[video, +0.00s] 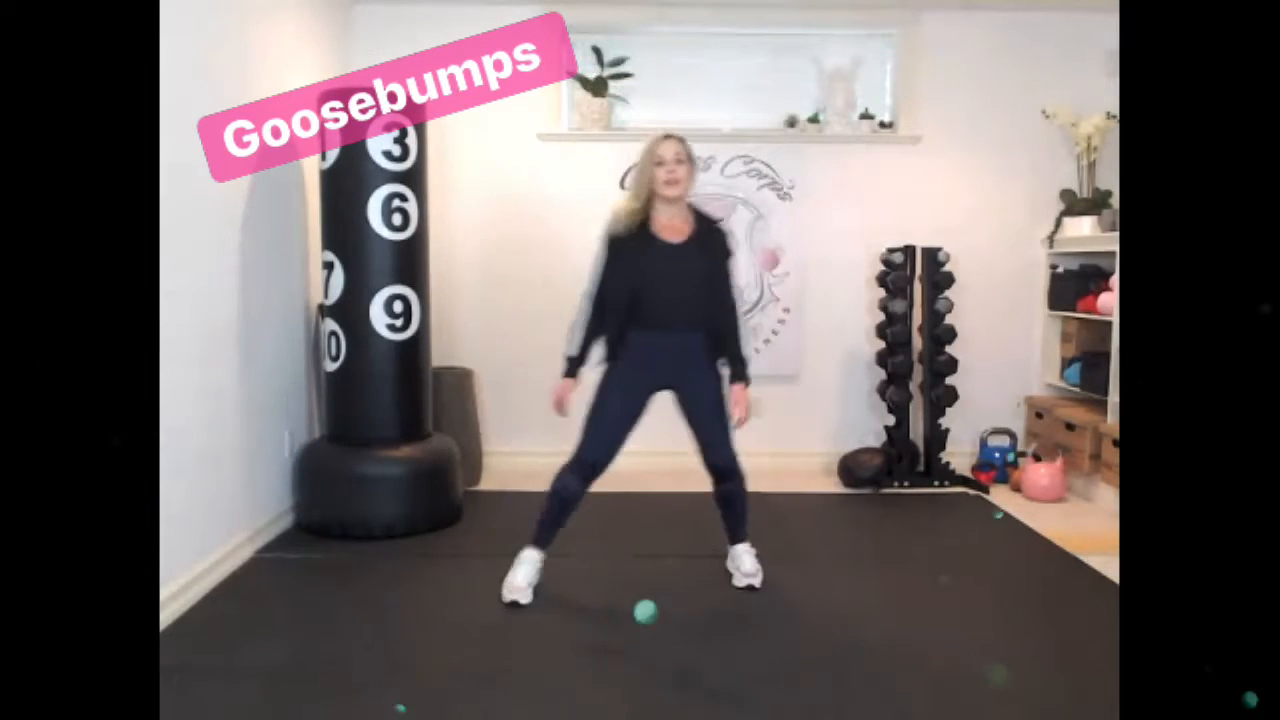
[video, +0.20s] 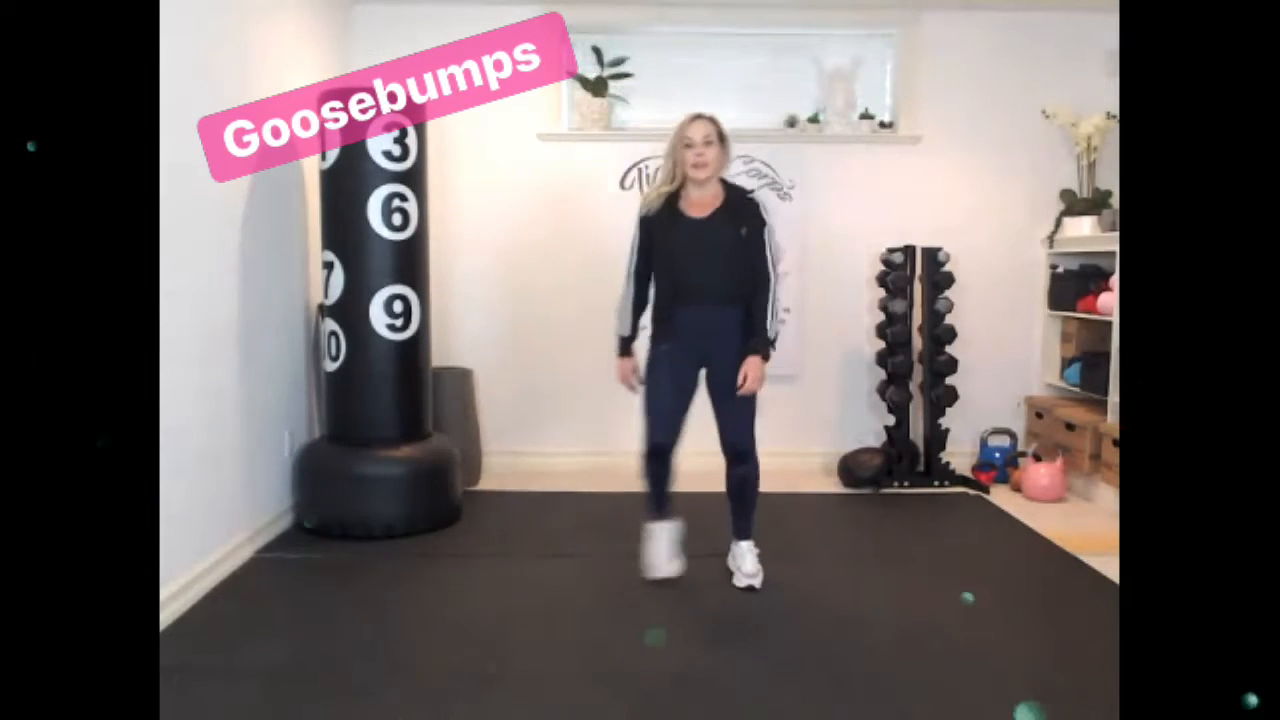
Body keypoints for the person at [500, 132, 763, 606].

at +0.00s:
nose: (671, 172)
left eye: (679, 164)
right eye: (661, 164)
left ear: (692, 172)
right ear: (647, 174)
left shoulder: (710, 236)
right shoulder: (626, 233)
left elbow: (725, 308)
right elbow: (601, 305)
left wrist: (738, 376)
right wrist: (571, 373)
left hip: (694, 361)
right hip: (634, 360)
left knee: (722, 461)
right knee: (588, 462)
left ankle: (740, 548)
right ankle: (533, 555)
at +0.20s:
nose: (698, 153)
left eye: (708, 145)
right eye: (689, 146)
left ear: (722, 152)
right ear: (678, 154)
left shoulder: (744, 208)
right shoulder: (657, 211)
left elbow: (762, 282)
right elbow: (638, 280)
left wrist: (759, 349)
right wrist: (626, 346)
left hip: (731, 342)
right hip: (673, 341)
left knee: (740, 448)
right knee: (658, 441)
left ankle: (743, 543)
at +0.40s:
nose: (704, 169)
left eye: (713, 159)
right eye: (695, 161)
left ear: (730, 166)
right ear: (685, 169)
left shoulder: (747, 224)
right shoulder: (667, 228)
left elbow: (760, 302)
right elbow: (660, 296)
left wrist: (772, 371)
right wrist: (656, 354)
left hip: (741, 352)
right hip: (688, 355)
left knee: (747, 455)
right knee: (703, 454)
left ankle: (746, 542)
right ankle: (711, 534)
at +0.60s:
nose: (692, 154)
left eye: (701, 145)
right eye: (683, 147)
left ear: (719, 152)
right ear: (674, 156)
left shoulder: (742, 207)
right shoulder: (659, 212)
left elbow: (764, 279)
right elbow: (649, 281)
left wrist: (770, 346)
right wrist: (644, 340)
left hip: (728, 339)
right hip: (671, 337)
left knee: (735, 445)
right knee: (640, 429)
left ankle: (743, 543)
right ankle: (647, 519)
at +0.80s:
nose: (675, 166)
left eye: (684, 157)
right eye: (666, 159)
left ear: (700, 165)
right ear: (655, 169)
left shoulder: (722, 225)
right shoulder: (636, 227)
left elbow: (748, 293)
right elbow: (628, 296)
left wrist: (757, 360)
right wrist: (621, 357)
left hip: (707, 352)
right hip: (647, 351)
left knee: (730, 454)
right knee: (604, 446)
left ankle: (743, 546)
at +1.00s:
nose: (641, 172)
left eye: (651, 165)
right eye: (632, 164)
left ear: (661, 173)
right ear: (618, 170)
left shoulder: (671, 232)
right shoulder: (587, 225)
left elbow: (686, 303)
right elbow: (563, 292)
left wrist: (706, 373)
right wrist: (547, 357)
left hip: (653, 352)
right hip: (592, 350)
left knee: (689, 449)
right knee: (559, 451)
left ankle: (732, 541)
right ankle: (540, 537)